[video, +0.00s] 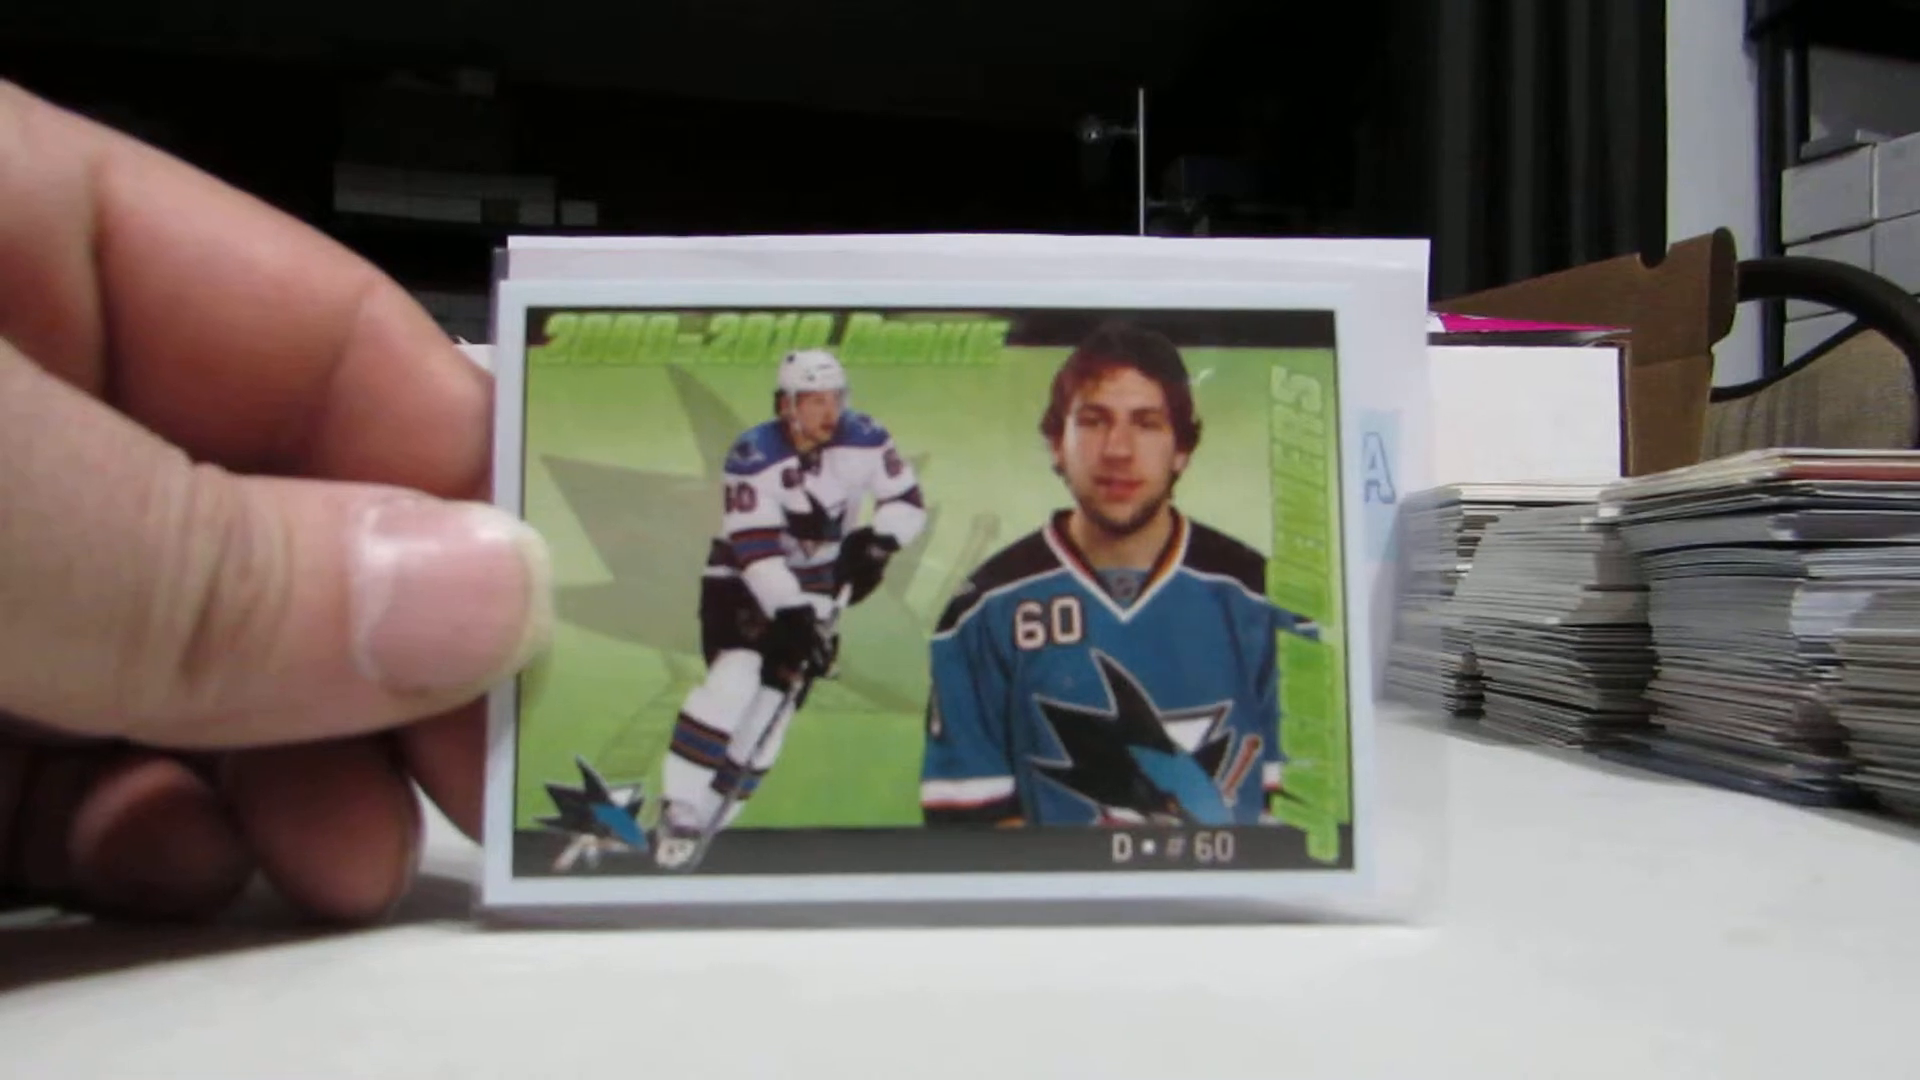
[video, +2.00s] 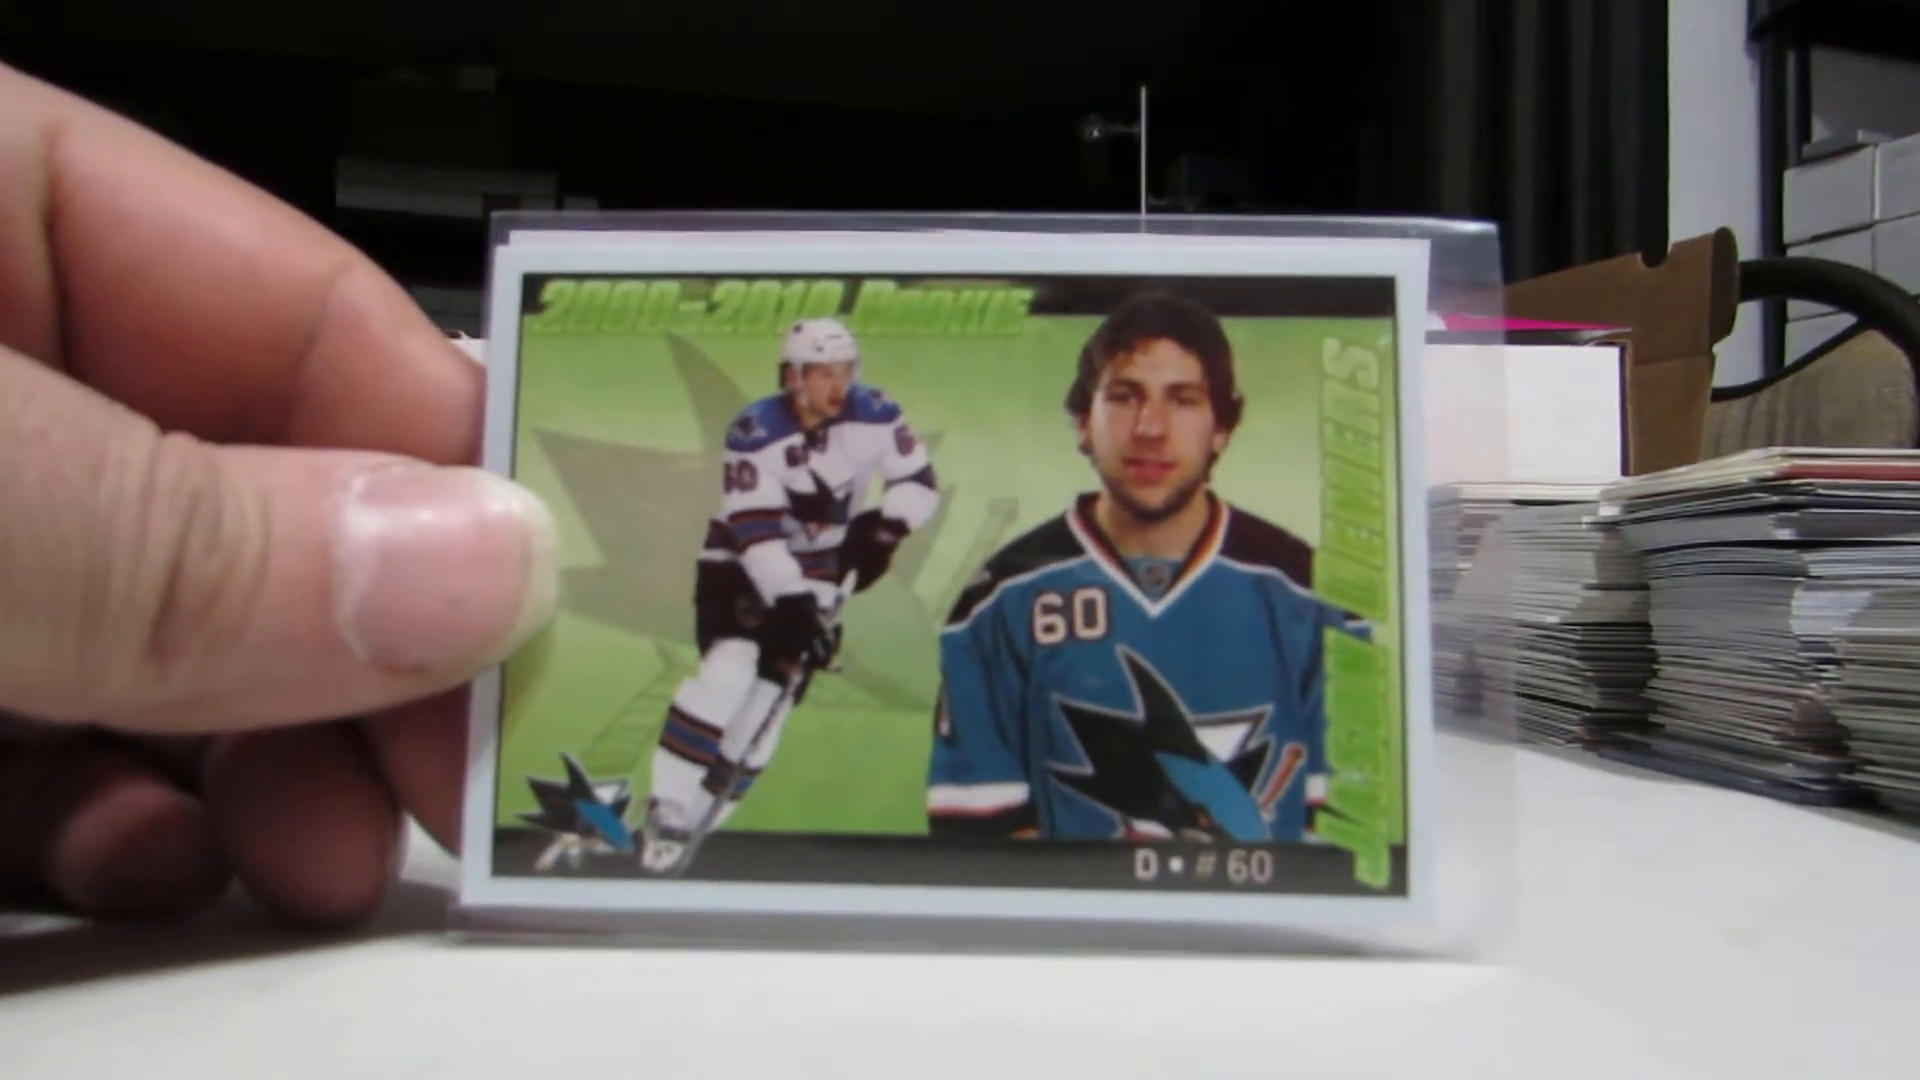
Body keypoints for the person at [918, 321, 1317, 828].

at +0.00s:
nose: (1117, 448)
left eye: (1146, 423)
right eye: (1093, 421)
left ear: (1181, 450)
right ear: (1057, 444)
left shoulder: (1259, 592)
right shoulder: (988, 608)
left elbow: (1296, 803)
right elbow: (970, 823)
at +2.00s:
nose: (1150, 426)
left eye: (1182, 400)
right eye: (1124, 397)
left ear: (1220, 430)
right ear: (1084, 424)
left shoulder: (1308, 588)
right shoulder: (1003, 599)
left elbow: (1345, 828)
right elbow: (977, 843)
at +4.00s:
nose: (1175, 408)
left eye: (1211, 377)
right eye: (1145, 374)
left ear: (1254, 411)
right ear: (1101, 404)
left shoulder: (1351, 586)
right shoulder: (1015, 601)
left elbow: (1396, 853)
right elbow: (988, 876)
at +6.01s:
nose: (1175, 414)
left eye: (1210, 383)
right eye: (1146, 380)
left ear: (1252, 415)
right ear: (1101, 409)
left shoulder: (1349, 589)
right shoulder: (1016, 606)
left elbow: (1395, 848)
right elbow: (992, 868)